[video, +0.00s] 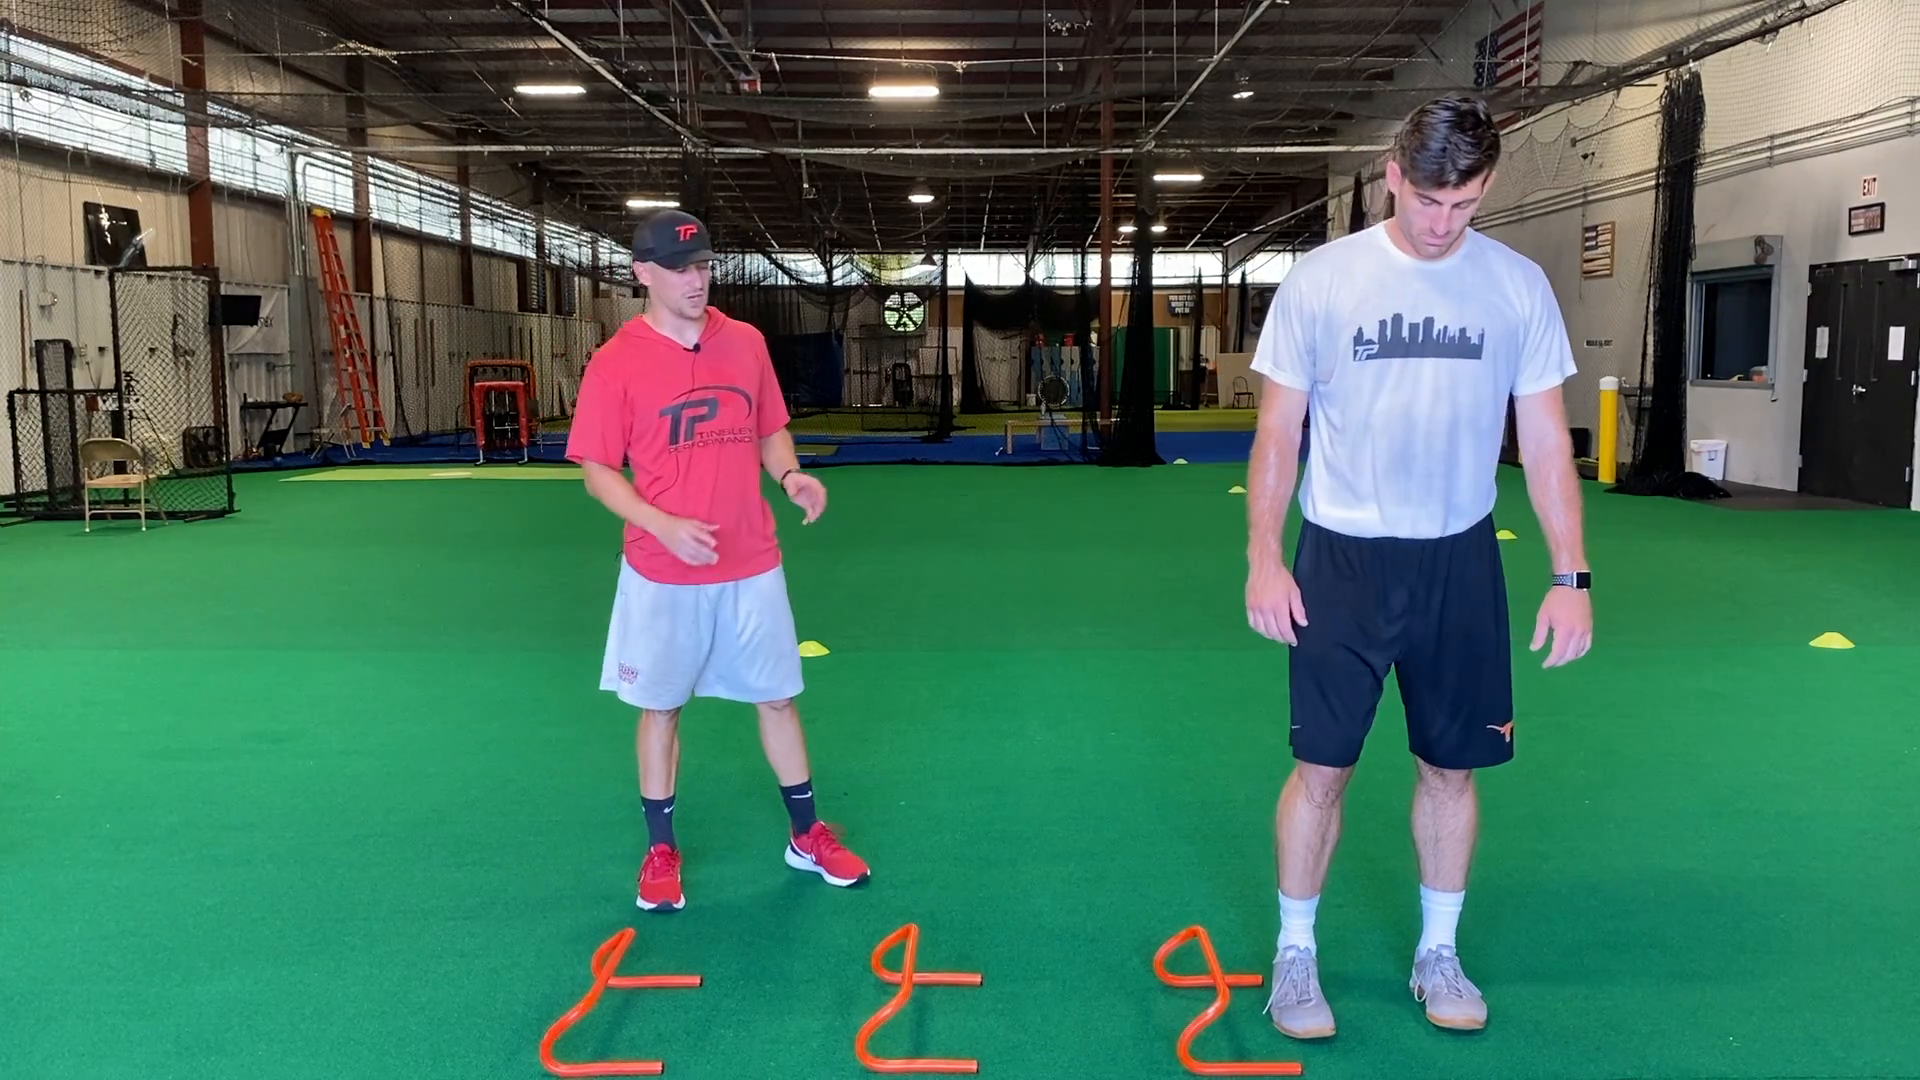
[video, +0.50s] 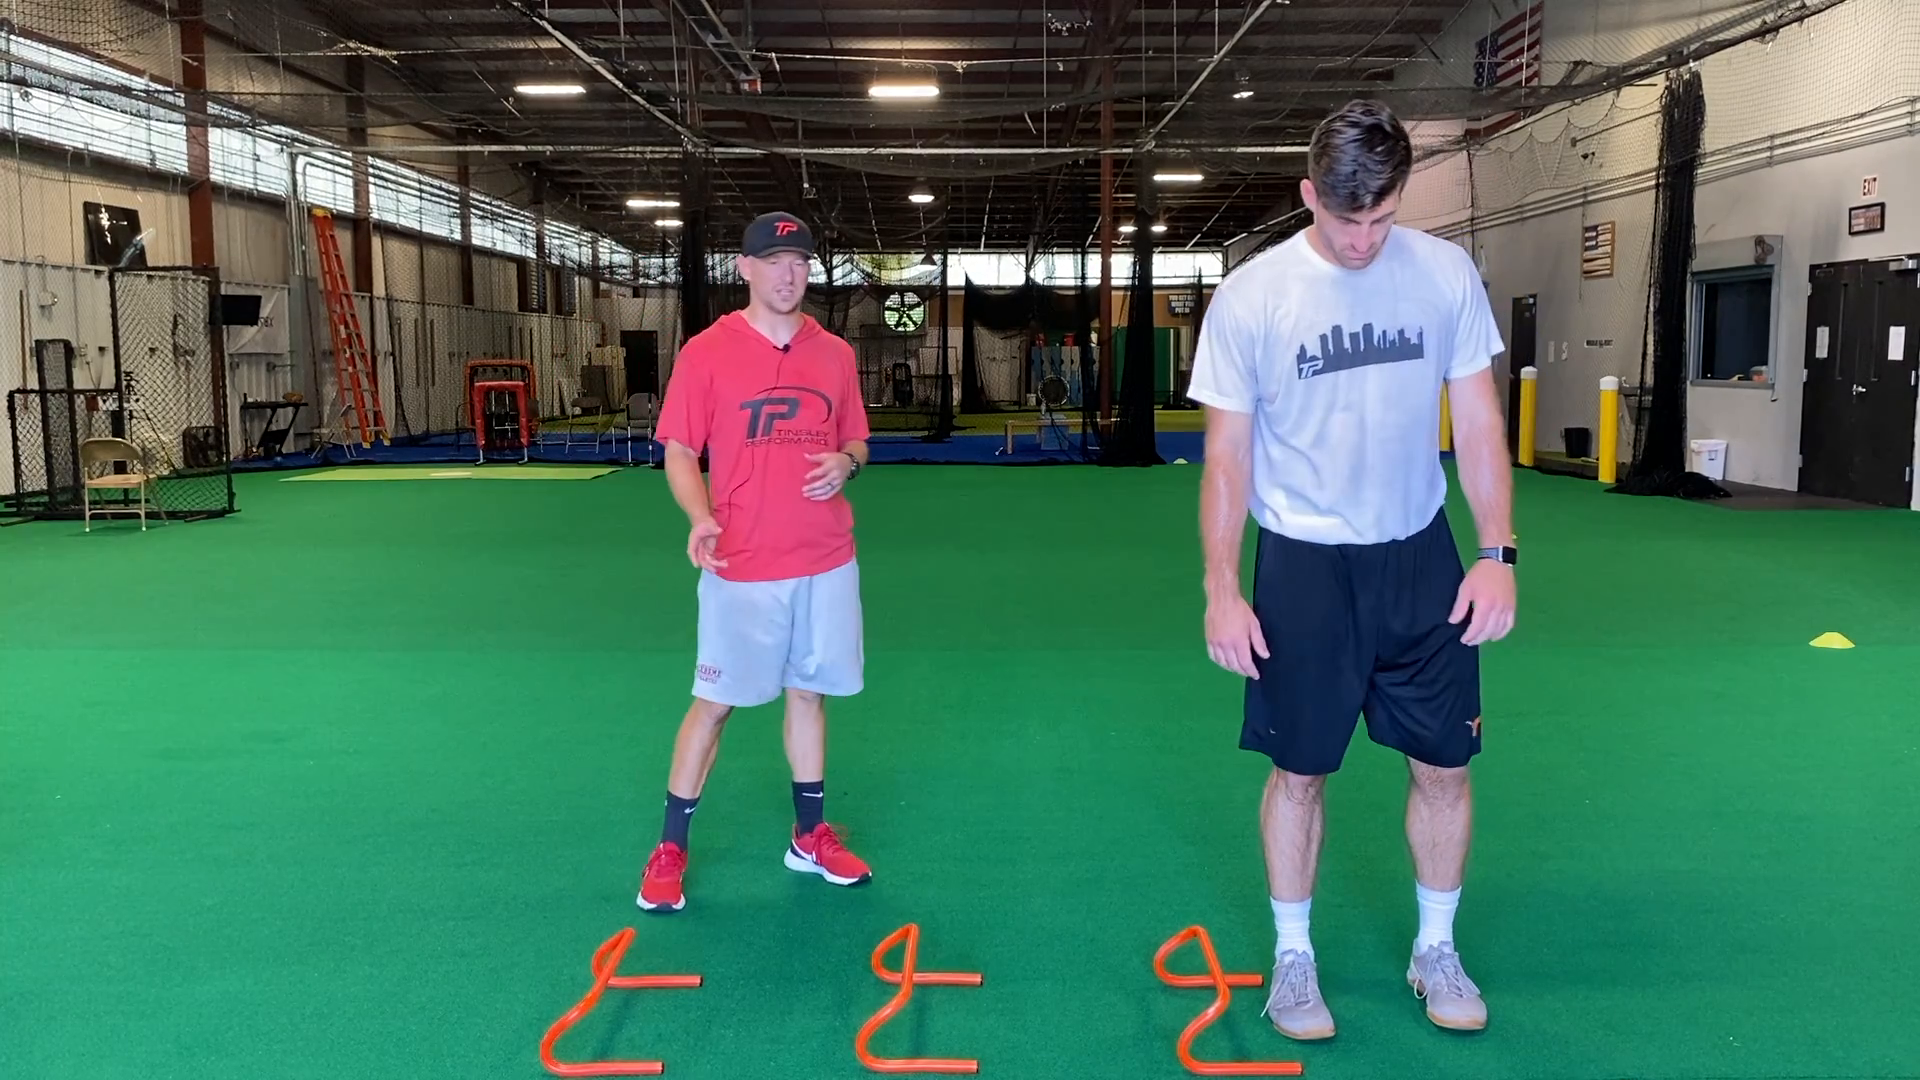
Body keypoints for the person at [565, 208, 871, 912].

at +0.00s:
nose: (700, 278)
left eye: (704, 264)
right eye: (684, 267)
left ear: (712, 267)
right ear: (645, 275)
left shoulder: (745, 344)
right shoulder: (616, 364)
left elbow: (772, 430)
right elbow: (597, 470)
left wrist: (792, 473)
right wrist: (661, 524)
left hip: (751, 563)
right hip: (665, 572)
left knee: (778, 695)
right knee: (660, 706)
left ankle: (808, 835)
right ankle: (661, 850)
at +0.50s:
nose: (788, 273)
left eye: (798, 261)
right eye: (774, 261)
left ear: (810, 271)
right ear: (744, 268)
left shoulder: (836, 356)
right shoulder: (706, 353)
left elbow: (854, 442)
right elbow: (678, 451)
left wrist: (847, 459)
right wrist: (700, 515)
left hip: (823, 560)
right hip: (740, 564)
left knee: (808, 691)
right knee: (714, 700)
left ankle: (810, 833)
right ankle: (671, 849)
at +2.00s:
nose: (703, 287)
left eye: (710, 275)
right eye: (689, 279)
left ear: (722, 276)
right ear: (664, 287)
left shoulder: (768, 343)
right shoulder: (648, 361)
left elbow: (803, 432)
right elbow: (638, 448)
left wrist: (761, 403)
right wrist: (641, 500)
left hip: (761, 536)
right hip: (683, 542)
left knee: (780, 659)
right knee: (699, 662)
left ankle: (780, 767)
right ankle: (708, 791)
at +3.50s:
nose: (700, 297)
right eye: (687, 281)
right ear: (669, 287)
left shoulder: (759, 356)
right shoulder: (643, 350)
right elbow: (618, 434)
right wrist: (658, 496)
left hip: (730, 526)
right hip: (659, 522)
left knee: (737, 646)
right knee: (649, 637)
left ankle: (750, 752)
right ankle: (637, 750)